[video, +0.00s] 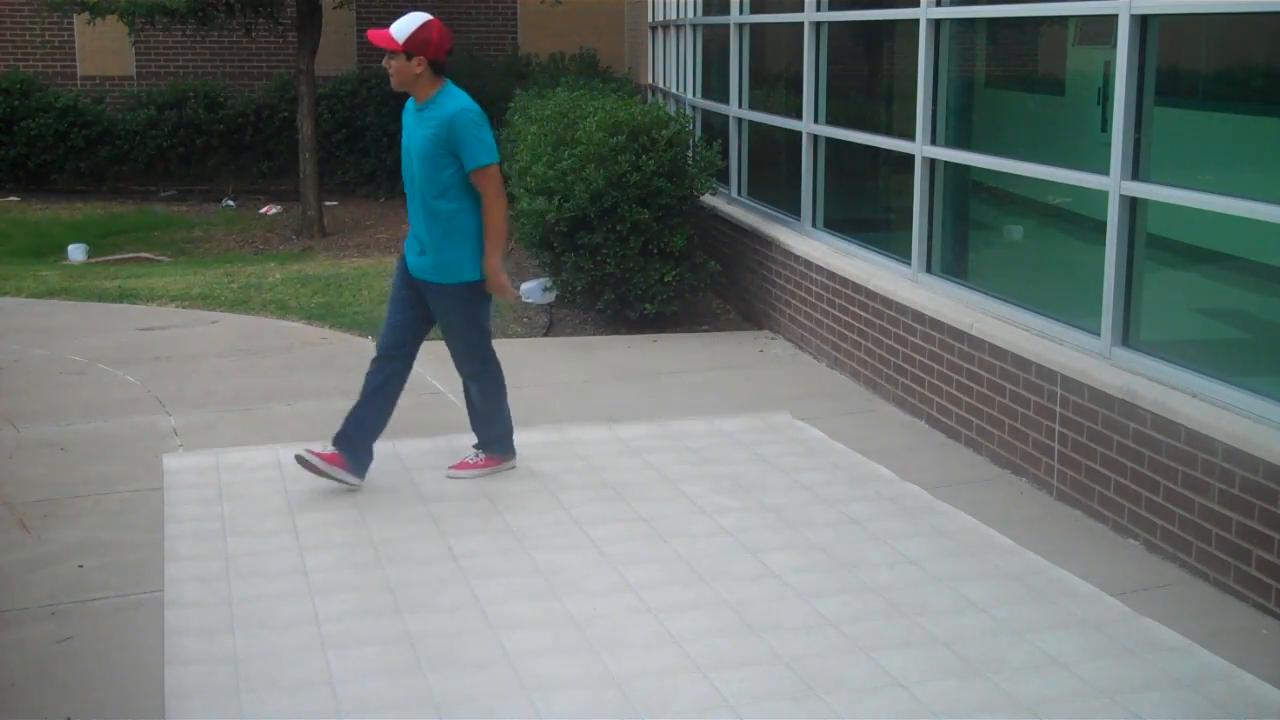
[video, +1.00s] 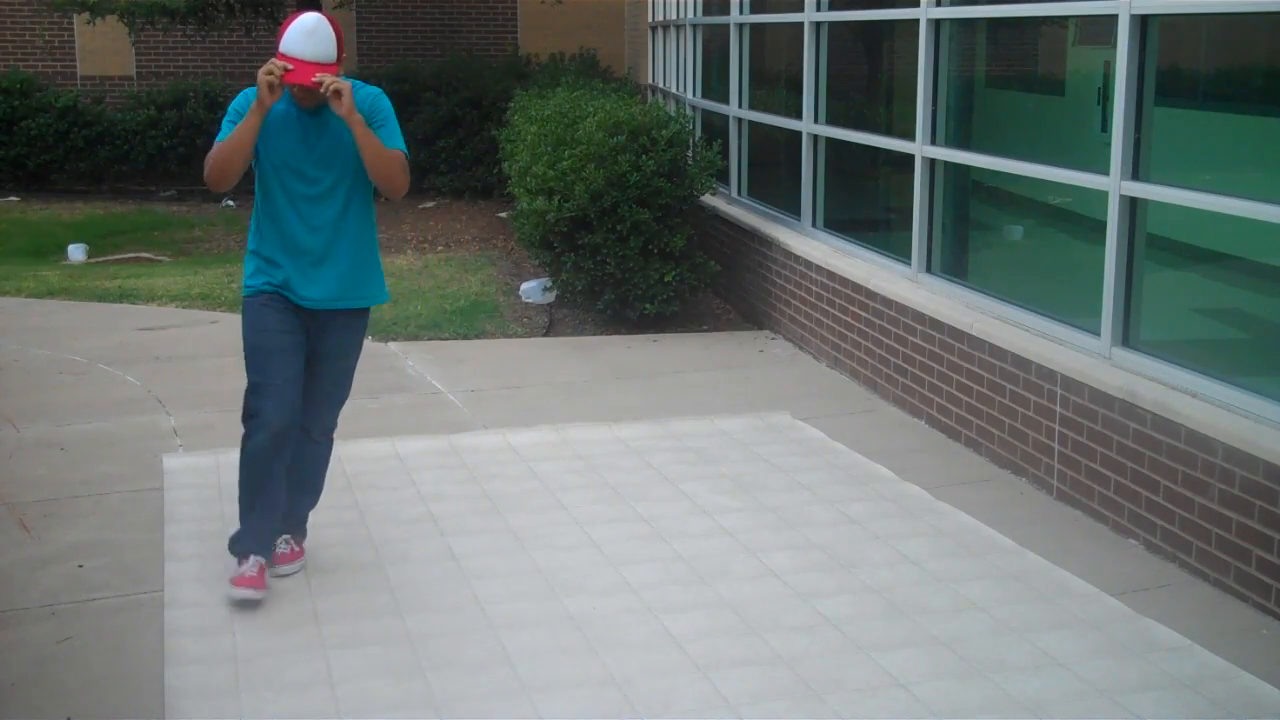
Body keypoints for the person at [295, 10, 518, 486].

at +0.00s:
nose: (385, 62)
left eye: (393, 56)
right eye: (387, 54)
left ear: (420, 64)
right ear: (414, 64)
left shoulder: (463, 114)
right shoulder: (412, 107)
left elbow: (494, 194)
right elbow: (428, 187)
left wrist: (493, 263)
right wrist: (419, 243)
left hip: (458, 269)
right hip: (417, 262)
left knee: (476, 362)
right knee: (390, 358)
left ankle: (497, 448)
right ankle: (350, 455)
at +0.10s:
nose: (356, 70)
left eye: (364, 63)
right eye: (358, 61)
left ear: (392, 68)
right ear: (385, 67)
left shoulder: (439, 116)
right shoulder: (384, 113)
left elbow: (467, 200)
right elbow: (397, 189)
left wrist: (439, 269)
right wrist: (374, 233)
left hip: (435, 273)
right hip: (386, 265)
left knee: (446, 363)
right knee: (363, 363)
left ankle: (492, 441)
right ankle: (342, 472)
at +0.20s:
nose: (332, 73)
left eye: (340, 65)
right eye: (331, 64)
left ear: (371, 66)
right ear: (359, 68)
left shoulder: (421, 112)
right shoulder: (353, 112)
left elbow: (446, 196)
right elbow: (363, 174)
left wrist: (391, 242)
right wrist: (322, 196)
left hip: (410, 273)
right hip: (357, 265)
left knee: (396, 372)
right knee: (336, 369)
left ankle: (463, 425)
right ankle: (338, 475)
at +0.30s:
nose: (319, 76)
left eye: (326, 66)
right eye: (317, 66)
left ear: (359, 60)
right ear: (336, 62)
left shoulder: (408, 107)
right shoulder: (328, 106)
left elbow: (433, 189)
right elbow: (301, 182)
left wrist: (365, 202)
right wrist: (298, 150)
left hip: (388, 269)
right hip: (335, 262)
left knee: (358, 369)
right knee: (325, 372)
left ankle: (414, 435)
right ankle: (339, 476)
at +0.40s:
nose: (311, 74)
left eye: (320, 65)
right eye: (306, 65)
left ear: (351, 58)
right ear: (304, 61)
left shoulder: (397, 104)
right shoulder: (303, 101)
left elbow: (423, 186)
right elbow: (261, 164)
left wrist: (364, 161)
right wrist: (299, 111)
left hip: (374, 265)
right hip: (319, 260)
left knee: (341, 371)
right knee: (319, 374)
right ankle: (336, 473)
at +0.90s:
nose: (303, 84)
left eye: (313, 76)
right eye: (293, 75)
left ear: (334, 69)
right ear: (278, 66)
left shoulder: (368, 103)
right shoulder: (255, 99)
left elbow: (392, 185)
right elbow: (211, 170)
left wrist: (351, 116)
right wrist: (252, 105)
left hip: (340, 288)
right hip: (268, 280)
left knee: (314, 419)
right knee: (247, 398)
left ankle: (289, 529)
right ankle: (253, 495)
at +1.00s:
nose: (303, 83)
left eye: (315, 76)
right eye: (293, 74)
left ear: (336, 71)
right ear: (279, 65)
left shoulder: (368, 103)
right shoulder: (253, 104)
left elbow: (396, 184)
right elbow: (218, 179)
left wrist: (351, 118)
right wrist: (260, 107)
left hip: (344, 288)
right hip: (273, 283)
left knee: (317, 422)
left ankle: (292, 526)